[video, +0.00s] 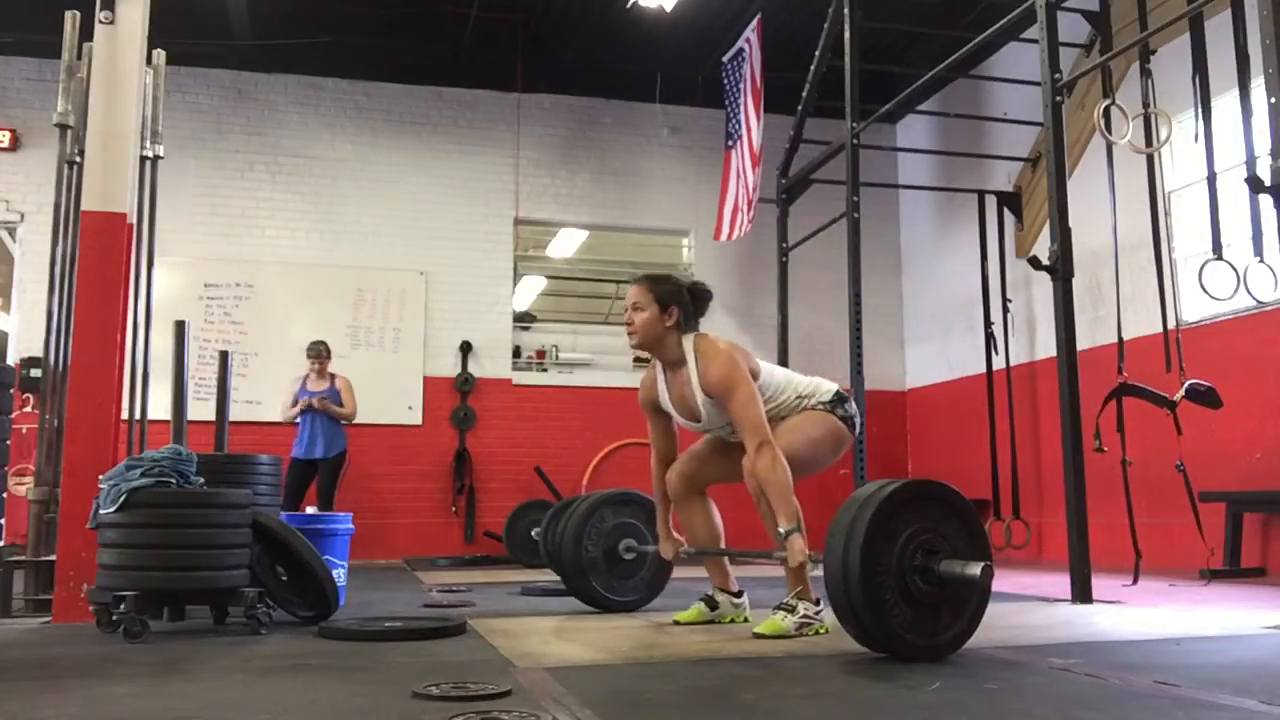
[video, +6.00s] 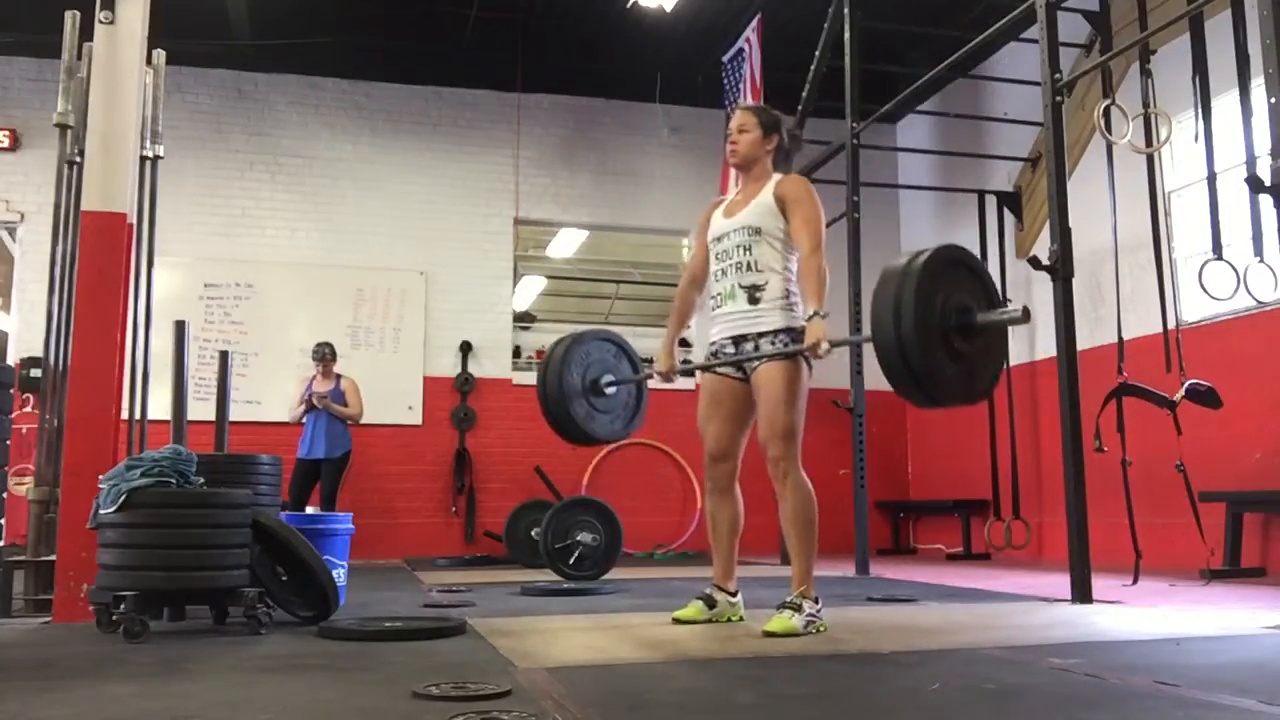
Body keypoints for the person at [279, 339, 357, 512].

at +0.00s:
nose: (317, 367)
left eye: (321, 363)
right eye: (313, 363)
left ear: (328, 361)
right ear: (308, 361)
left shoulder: (340, 383)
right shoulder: (299, 383)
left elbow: (350, 415)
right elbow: (285, 416)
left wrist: (327, 407)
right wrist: (299, 408)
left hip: (332, 449)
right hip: (304, 449)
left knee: (325, 503)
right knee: (289, 504)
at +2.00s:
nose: (323, 370)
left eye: (327, 366)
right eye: (319, 365)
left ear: (335, 362)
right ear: (315, 362)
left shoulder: (346, 383)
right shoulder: (305, 383)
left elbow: (356, 415)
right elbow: (291, 416)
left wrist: (330, 406)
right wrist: (307, 406)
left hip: (335, 449)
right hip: (309, 449)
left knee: (327, 501)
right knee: (296, 498)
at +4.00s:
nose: (322, 370)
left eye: (326, 365)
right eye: (318, 365)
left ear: (334, 362)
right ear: (314, 362)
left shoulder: (346, 383)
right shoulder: (306, 383)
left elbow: (356, 415)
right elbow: (290, 417)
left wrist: (329, 405)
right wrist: (305, 405)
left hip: (335, 450)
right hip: (308, 449)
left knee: (327, 500)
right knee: (295, 499)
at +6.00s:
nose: (321, 369)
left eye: (326, 365)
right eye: (318, 365)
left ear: (334, 362)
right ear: (314, 363)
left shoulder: (346, 384)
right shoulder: (307, 383)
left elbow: (356, 415)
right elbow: (292, 417)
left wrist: (329, 405)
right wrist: (306, 405)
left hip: (336, 449)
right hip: (309, 449)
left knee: (327, 501)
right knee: (295, 499)